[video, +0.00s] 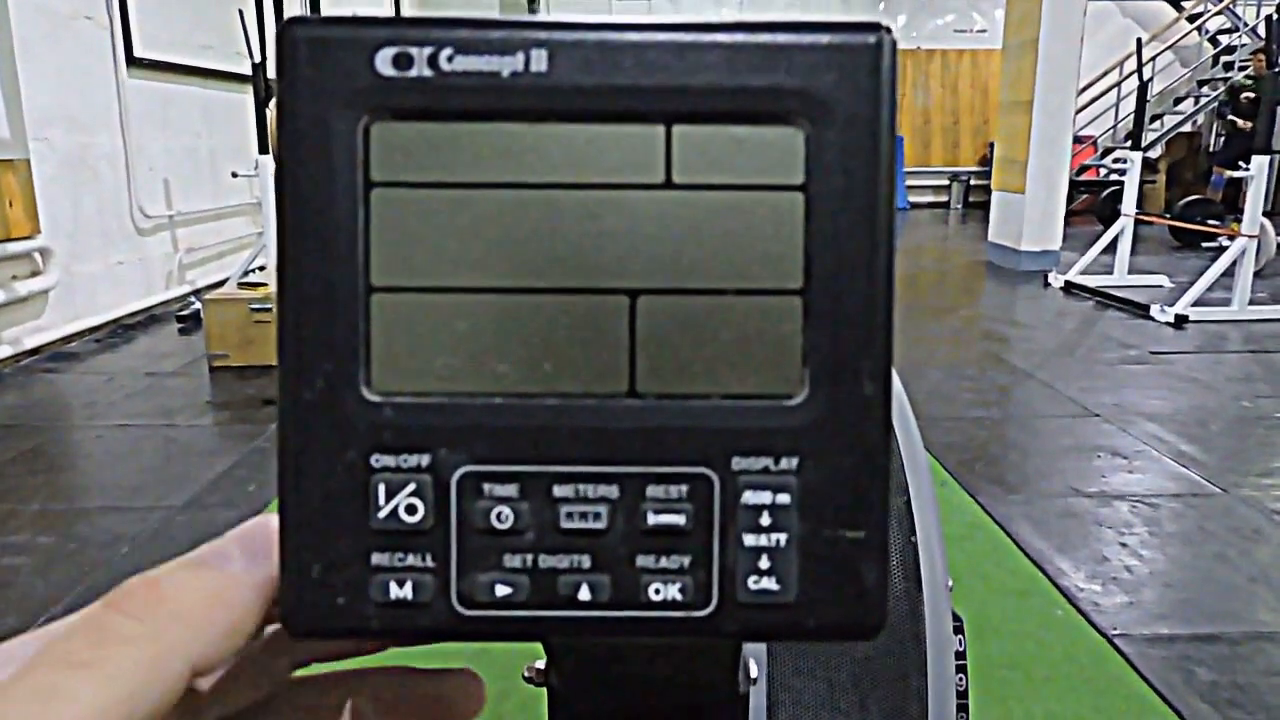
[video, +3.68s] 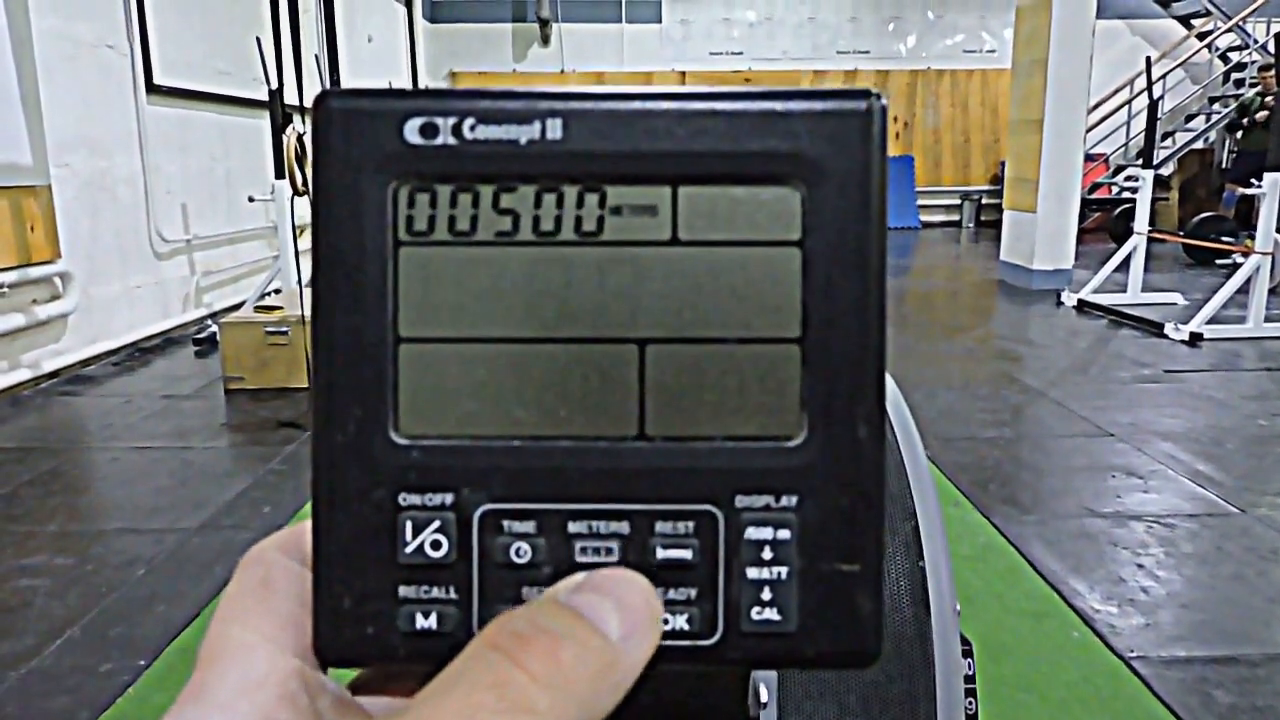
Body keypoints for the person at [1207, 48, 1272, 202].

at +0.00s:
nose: (1257, 64)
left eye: (1261, 61)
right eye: (1255, 61)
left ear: (1268, 63)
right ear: (1251, 63)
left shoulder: (1272, 85)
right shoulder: (1237, 84)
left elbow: (1273, 109)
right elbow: (1221, 108)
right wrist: (1235, 121)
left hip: (1259, 136)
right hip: (1236, 135)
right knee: (1220, 167)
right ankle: (1211, 209)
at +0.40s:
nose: (1257, 64)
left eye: (1261, 60)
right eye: (1255, 60)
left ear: (1268, 63)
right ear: (1251, 62)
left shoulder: (1272, 84)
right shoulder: (1237, 83)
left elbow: (1273, 113)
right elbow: (1226, 108)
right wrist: (1235, 127)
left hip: (1259, 138)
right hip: (1238, 136)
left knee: (1255, 175)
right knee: (1220, 168)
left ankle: (1248, 213)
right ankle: (1210, 210)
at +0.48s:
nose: (1257, 63)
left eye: (1261, 59)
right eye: (1255, 59)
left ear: (1268, 62)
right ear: (1252, 60)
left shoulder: (1272, 82)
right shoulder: (1239, 80)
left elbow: (1273, 103)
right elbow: (1227, 104)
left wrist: (1256, 94)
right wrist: (1232, 123)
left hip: (1260, 134)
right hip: (1238, 132)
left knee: (1254, 171)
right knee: (1223, 166)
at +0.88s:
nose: (1262, 65)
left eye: (1266, 61)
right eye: (1260, 61)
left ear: (1273, 64)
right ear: (1256, 62)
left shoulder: (1274, 82)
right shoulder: (1246, 80)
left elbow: (1274, 107)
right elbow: (1229, 95)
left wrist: (1254, 104)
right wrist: (1238, 101)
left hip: (1264, 134)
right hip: (1242, 132)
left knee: (1261, 171)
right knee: (1225, 167)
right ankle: (1216, 206)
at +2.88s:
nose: (1268, 77)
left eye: (1271, 73)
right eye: (1265, 73)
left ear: (1278, 73)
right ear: (1261, 74)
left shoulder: (1276, 94)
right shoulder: (1254, 92)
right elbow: (1227, 111)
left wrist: (1274, 100)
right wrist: (1255, 106)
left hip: (1272, 150)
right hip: (1249, 148)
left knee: (1270, 188)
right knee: (1232, 182)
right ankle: (1221, 224)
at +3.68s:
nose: (1267, 81)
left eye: (1270, 77)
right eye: (1263, 78)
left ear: (1276, 78)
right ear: (1258, 80)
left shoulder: (1276, 99)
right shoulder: (1248, 100)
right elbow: (1230, 127)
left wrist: (1274, 107)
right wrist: (1252, 120)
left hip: (1271, 155)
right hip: (1248, 155)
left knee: (1271, 195)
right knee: (1231, 191)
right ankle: (1219, 232)